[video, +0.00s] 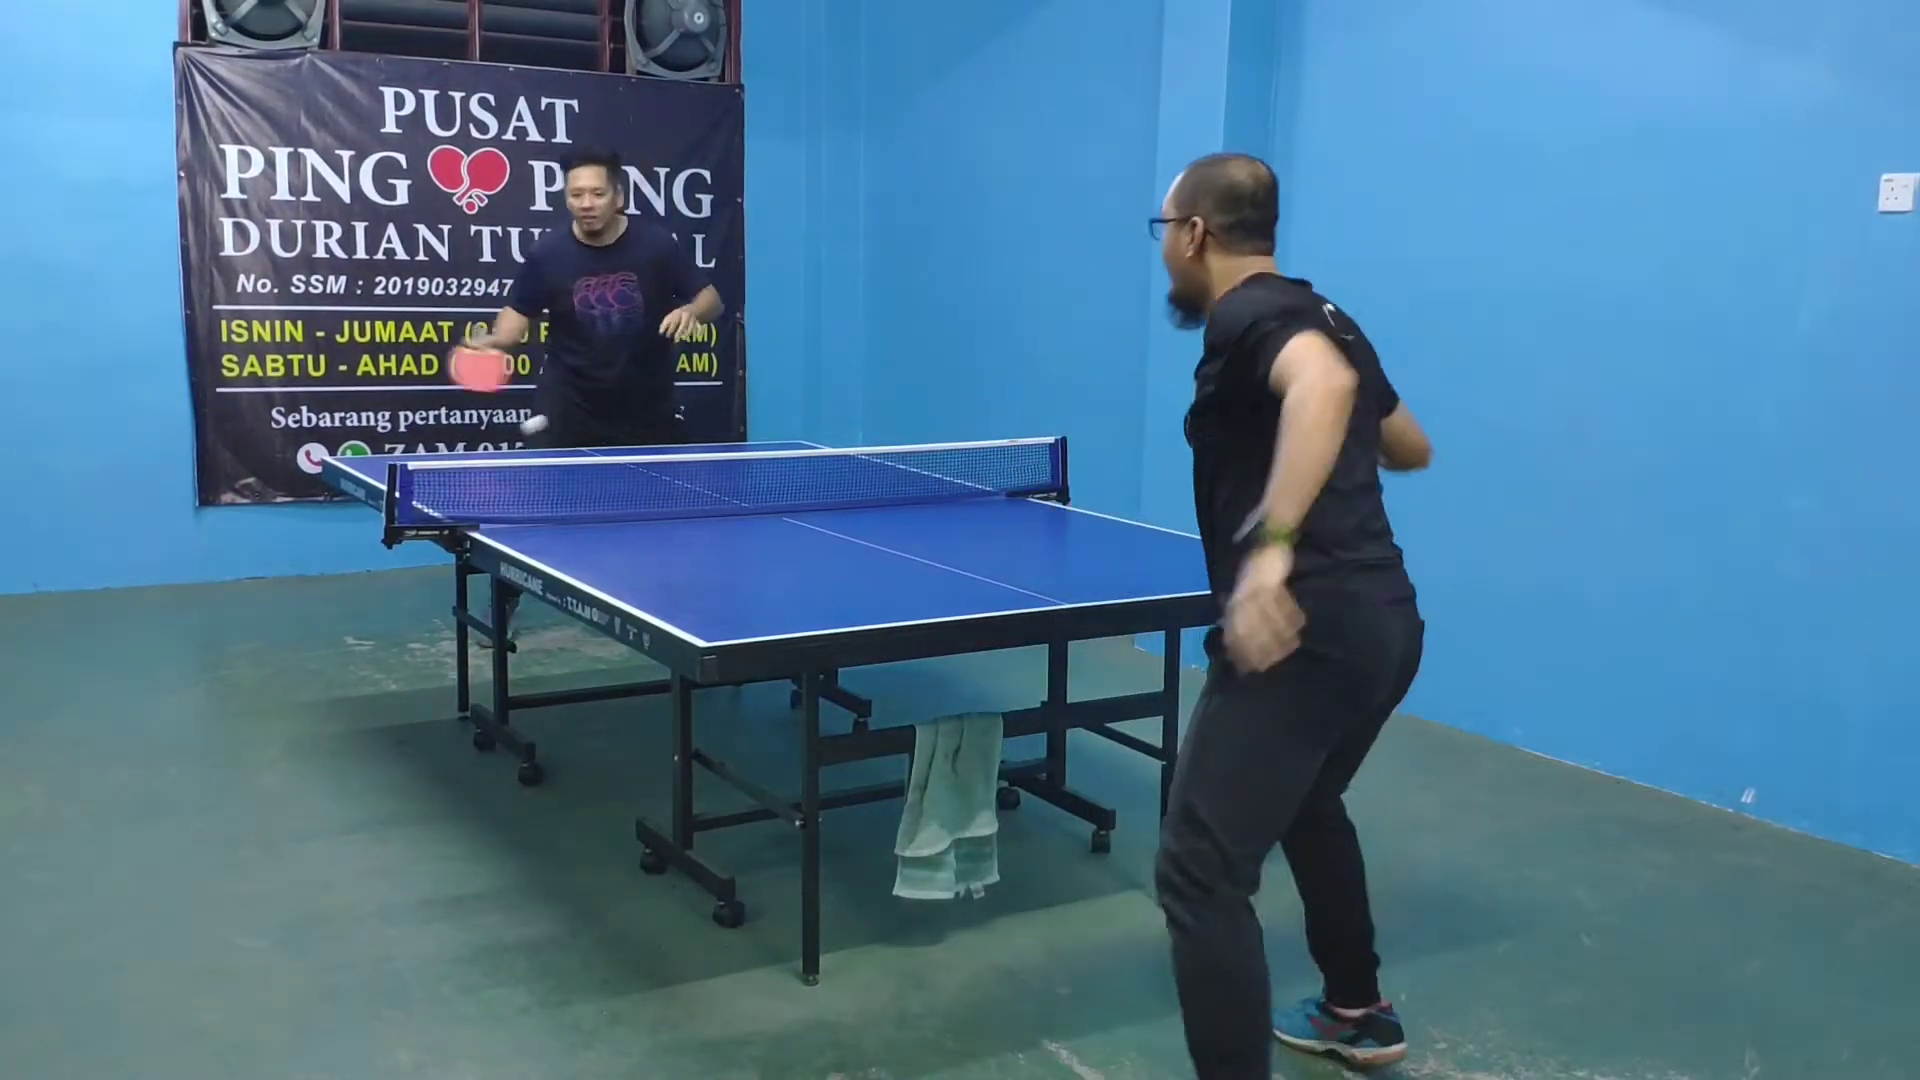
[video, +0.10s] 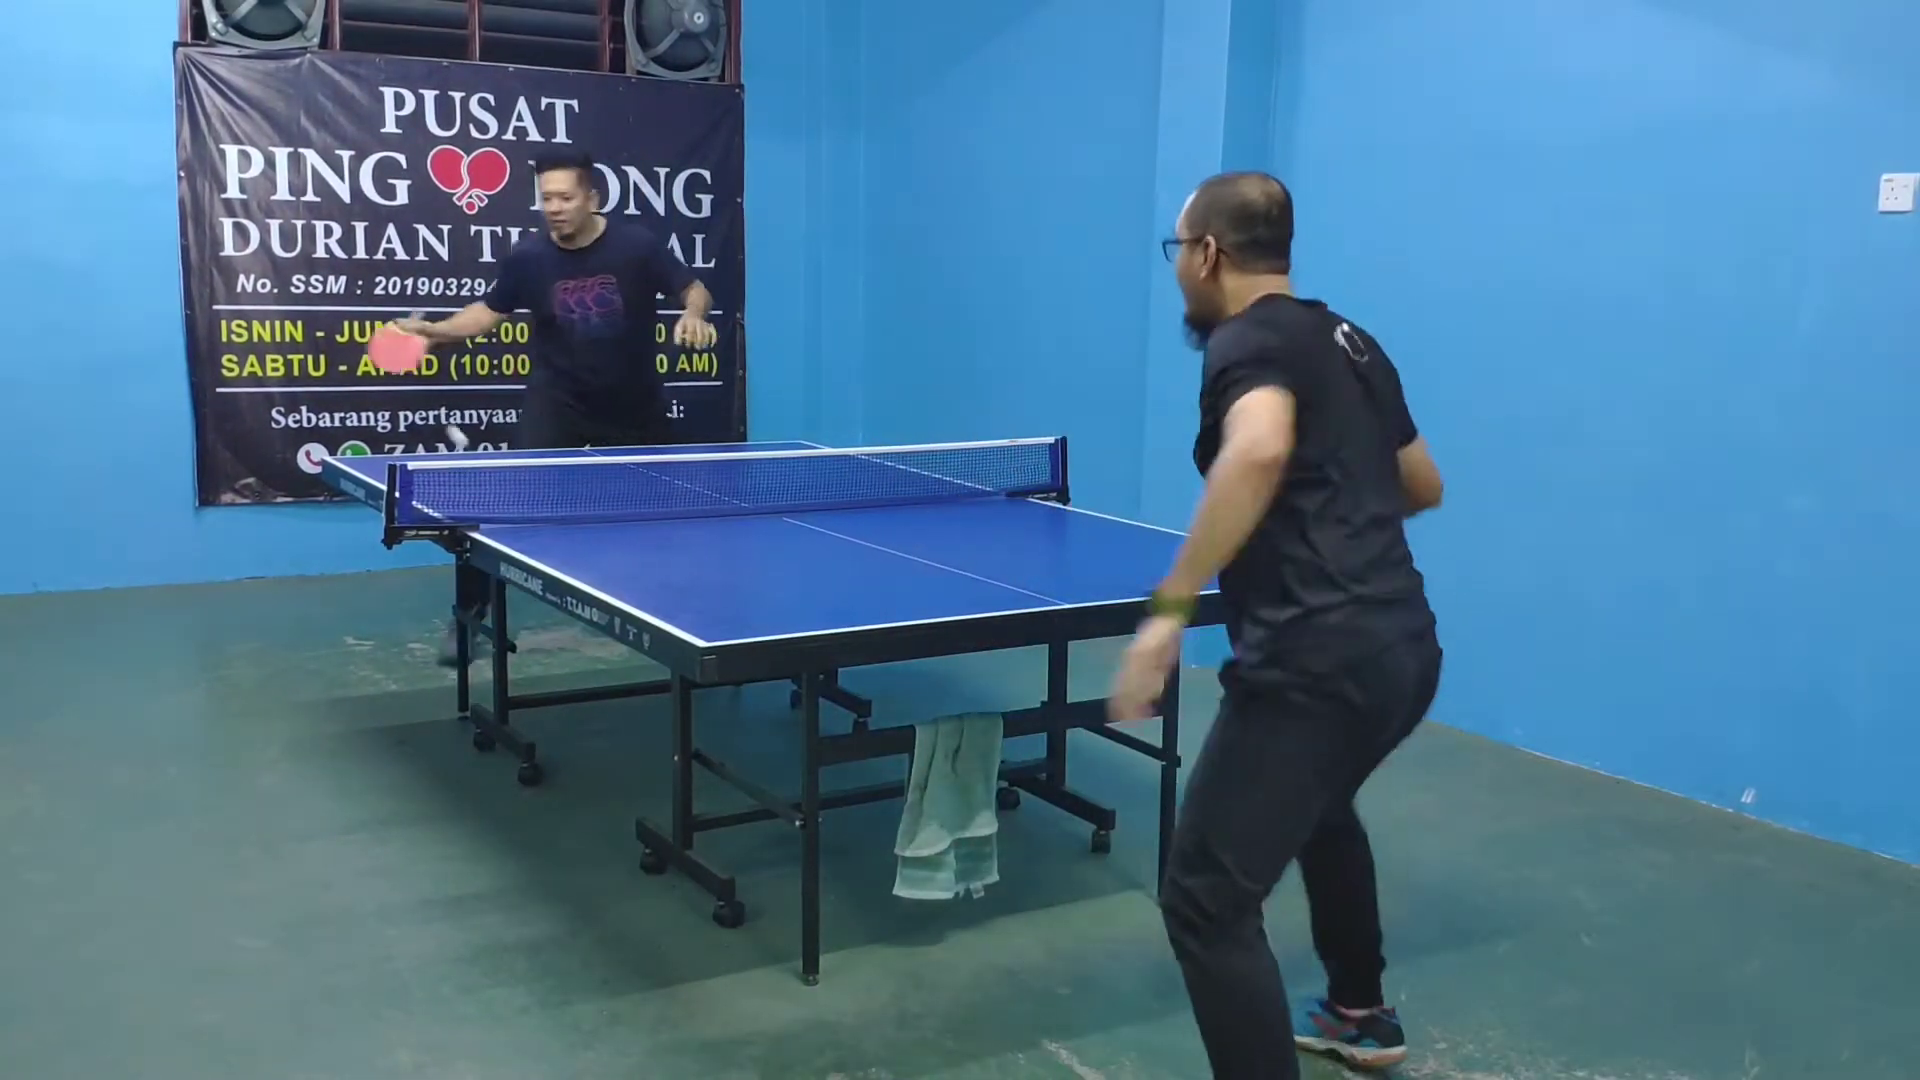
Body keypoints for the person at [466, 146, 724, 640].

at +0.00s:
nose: (585, 204)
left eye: (595, 194)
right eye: (576, 195)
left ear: (618, 196)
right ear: (567, 200)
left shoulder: (655, 244)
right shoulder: (549, 254)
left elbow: (711, 297)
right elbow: (517, 313)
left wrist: (692, 311)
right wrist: (497, 341)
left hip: (648, 409)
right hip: (574, 411)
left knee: (660, 510)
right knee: (540, 505)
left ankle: (664, 609)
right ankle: (502, 605)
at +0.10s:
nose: (553, 208)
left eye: (563, 197)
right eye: (546, 199)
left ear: (593, 197)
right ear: (539, 201)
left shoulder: (637, 243)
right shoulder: (530, 259)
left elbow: (694, 289)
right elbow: (485, 314)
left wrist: (694, 315)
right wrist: (432, 329)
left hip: (633, 408)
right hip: (555, 410)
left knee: (658, 510)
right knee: (511, 500)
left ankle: (665, 618)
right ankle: (471, 616)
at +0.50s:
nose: (476, 214)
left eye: (485, 202)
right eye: (465, 205)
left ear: (507, 201)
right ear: (453, 212)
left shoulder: (549, 236)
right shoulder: (451, 273)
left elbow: (606, 265)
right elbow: (444, 328)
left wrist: (636, 295)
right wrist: (452, 347)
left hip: (574, 399)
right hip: (502, 407)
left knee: (629, 494)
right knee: (476, 509)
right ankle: (451, 621)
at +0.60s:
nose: (493, 202)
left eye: (501, 192)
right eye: (480, 194)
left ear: (517, 197)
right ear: (463, 204)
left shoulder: (553, 234)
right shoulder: (455, 269)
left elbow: (602, 267)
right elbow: (445, 338)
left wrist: (636, 291)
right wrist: (468, 350)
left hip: (574, 398)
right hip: (501, 408)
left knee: (628, 493)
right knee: (478, 508)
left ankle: (667, 610)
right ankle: (451, 621)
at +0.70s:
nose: (517, 199)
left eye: (524, 189)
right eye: (504, 191)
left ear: (535, 194)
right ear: (484, 201)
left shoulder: (568, 243)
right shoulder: (469, 267)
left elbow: (613, 280)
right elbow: (448, 340)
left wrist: (645, 298)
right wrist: (475, 355)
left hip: (578, 405)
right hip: (507, 411)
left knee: (626, 499)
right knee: (483, 511)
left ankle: (660, 613)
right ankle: (452, 621)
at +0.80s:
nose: (541, 195)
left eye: (548, 186)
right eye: (528, 187)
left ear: (559, 193)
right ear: (507, 197)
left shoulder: (589, 252)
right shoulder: (485, 268)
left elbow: (636, 292)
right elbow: (459, 336)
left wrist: (661, 309)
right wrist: (480, 357)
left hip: (592, 417)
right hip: (520, 423)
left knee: (625, 514)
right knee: (489, 518)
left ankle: (665, 623)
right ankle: (454, 623)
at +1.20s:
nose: (554, 182)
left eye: (561, 172)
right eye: (542, 174)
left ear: (570, 179)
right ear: (519, 183)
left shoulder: (599, 236)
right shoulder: (495, 244)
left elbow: (641, 284)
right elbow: (468, 310)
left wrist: (656, 308)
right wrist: (482, 330)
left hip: (586, 392)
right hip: (513, 394)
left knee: (623, 486)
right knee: (469, 484)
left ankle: (650, 595)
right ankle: (429, 583)